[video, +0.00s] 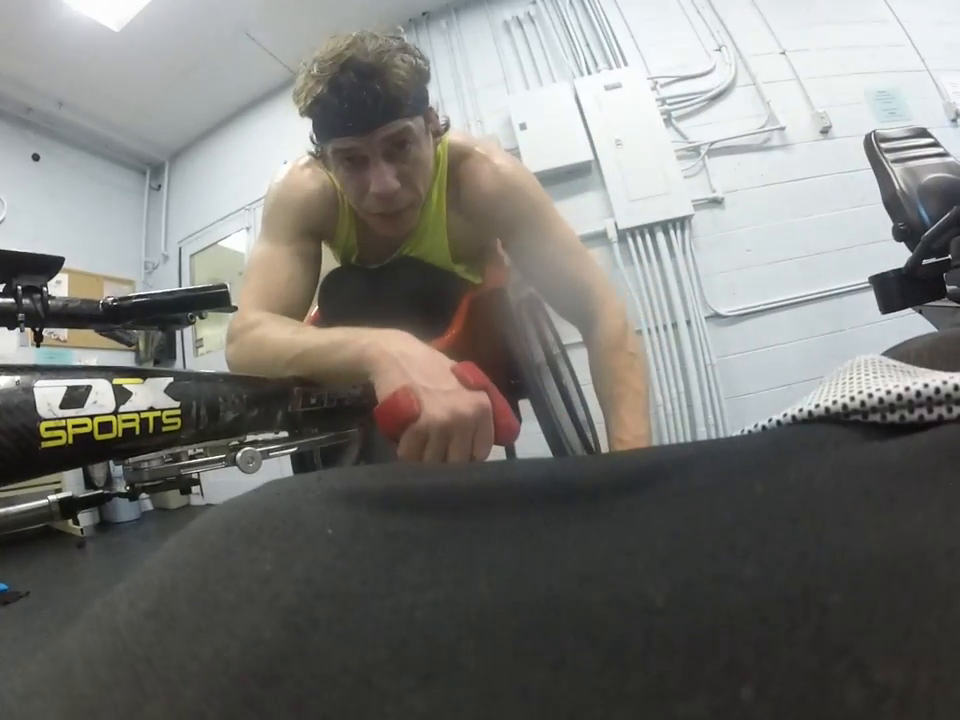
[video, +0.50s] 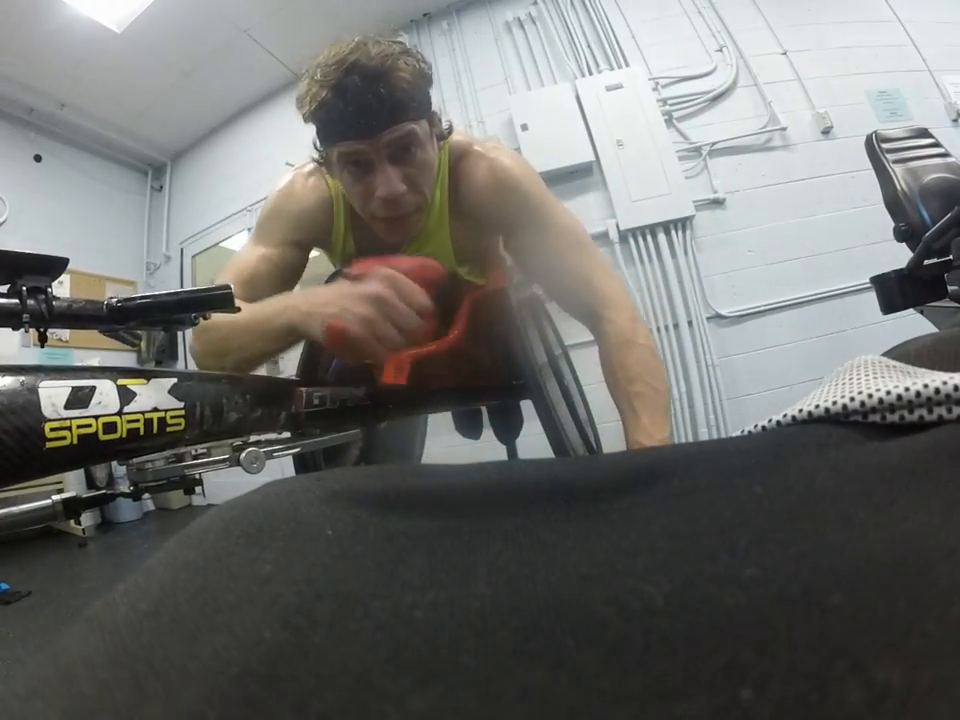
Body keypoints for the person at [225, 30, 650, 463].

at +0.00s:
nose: (382, 185)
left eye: (400, 148)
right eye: (352, 160)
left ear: (433, 126)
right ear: (324, 157)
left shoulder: (487, 179)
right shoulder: (303, 193)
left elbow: (606, 318)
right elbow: (248, 343)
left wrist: (629, 470)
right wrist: (381, 350)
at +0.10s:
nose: (382, 186)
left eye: (399, 150)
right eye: (351, 162)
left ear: (431, 127)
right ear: (324, 160)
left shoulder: (487, 179)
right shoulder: (302, 197)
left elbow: (609, 321)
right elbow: (245, 345)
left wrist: (635, 469)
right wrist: (379, 350)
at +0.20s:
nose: (382, 187)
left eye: (398, 151)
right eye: (351, 163)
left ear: (430, 127)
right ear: (323, 162)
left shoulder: (488, 179)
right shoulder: (303, 199)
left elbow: (611, 319)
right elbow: (243, 346)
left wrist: (642, 464)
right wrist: (375, 349)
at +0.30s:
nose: (381, 191)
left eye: (398, 154)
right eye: (352, 167)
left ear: (431, 131)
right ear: (324, 165)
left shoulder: (488, 180)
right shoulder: (304, 200)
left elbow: (612, 319)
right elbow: (237, 345)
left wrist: (647, 464)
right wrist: (371, 349)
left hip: (477, 327)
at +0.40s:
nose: (384, 193)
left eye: (400, 156)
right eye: (353, 169)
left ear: (433, 131)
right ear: (324, 165)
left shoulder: (489, 179)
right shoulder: (303, 203)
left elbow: (613, 318)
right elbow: (226, 342)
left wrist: (649, 474)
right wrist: (360, 335)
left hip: (487, 308)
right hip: (379, 316)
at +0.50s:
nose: (389, 187)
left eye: (404, 151)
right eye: (358, 164)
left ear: (435, 130)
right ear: (328, 160)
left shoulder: (490, 177)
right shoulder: (302, 203)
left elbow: (616, 317)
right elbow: (208, 348)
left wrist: (651, 468)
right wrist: (297, 310)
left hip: (487, 336)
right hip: (386, 351)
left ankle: (486, 403)